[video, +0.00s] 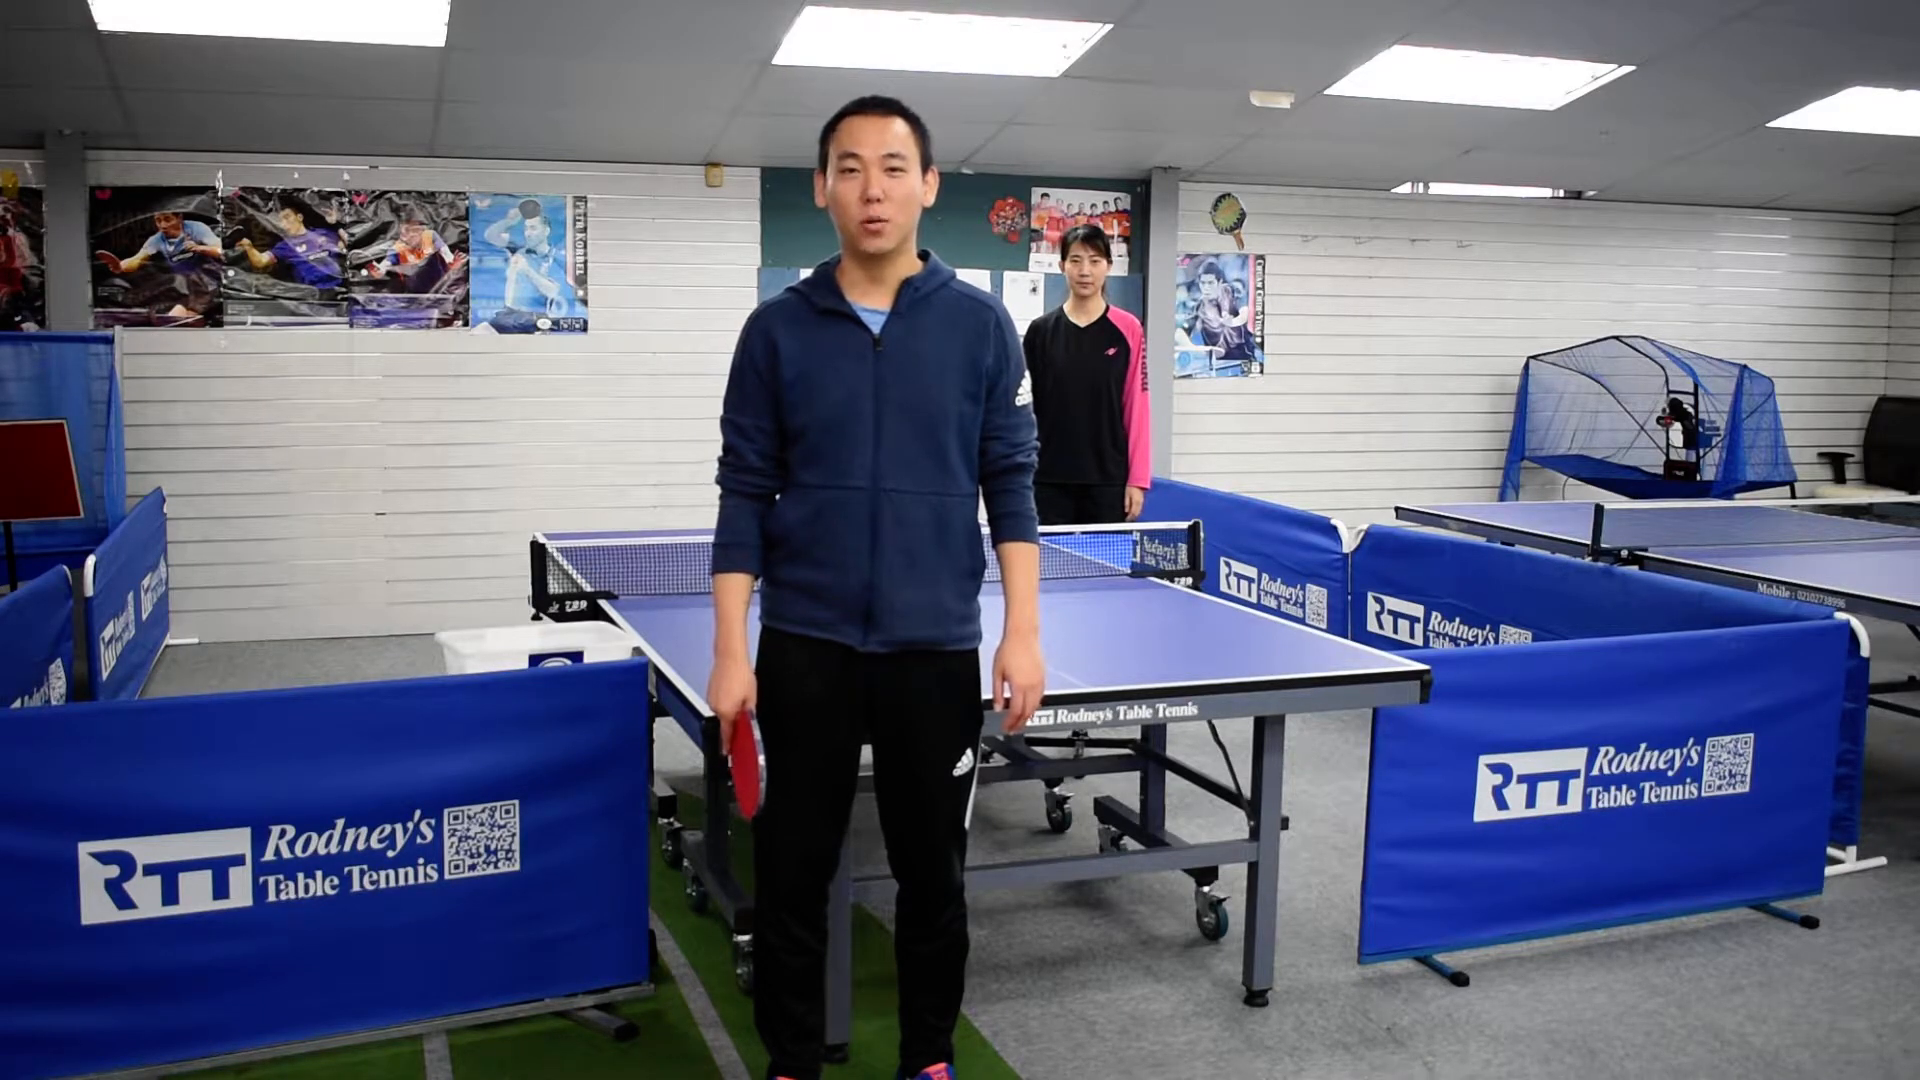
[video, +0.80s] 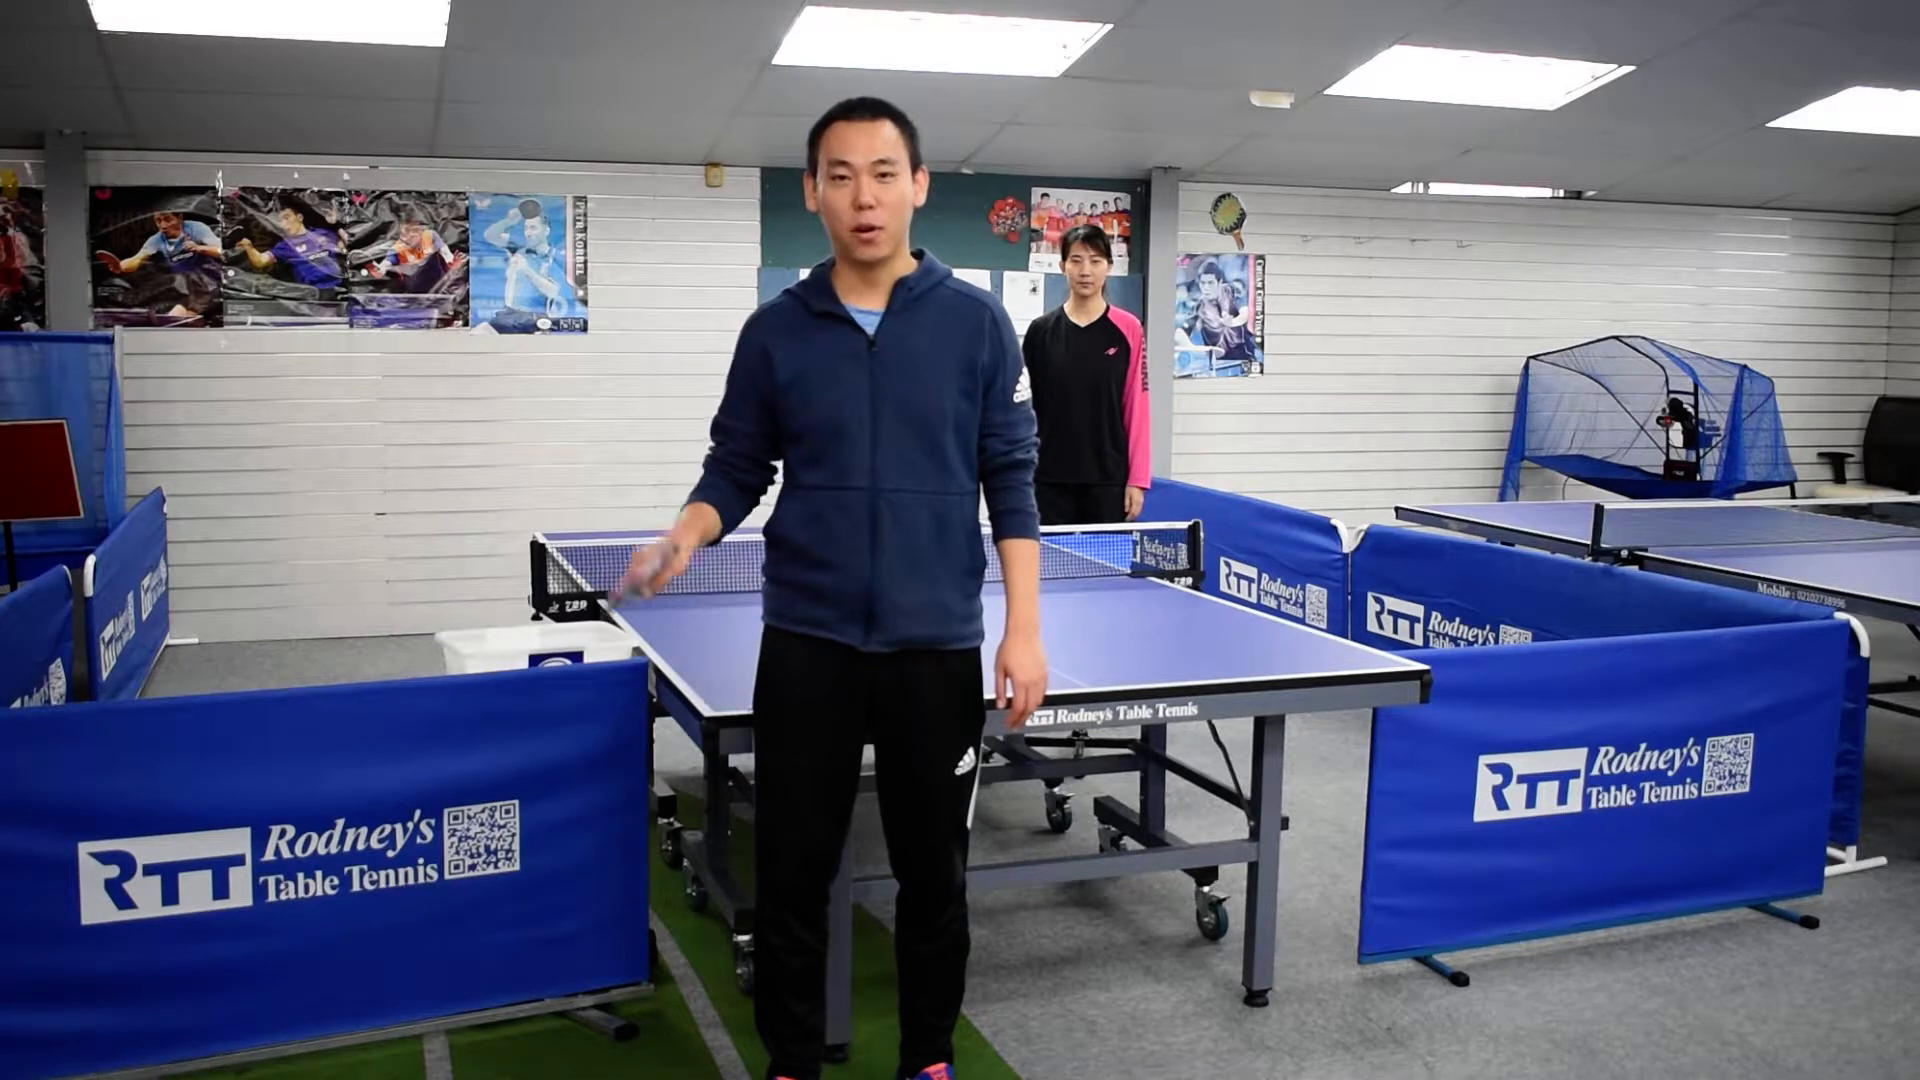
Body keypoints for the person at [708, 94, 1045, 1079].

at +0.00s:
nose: (870, 188)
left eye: (893, 168)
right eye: (849, 169)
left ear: (927, 189)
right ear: (824, 191)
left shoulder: (979, 325)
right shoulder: (777, 329)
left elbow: (1012, 482)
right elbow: (742, 490)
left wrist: (1023, 631)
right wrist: (730, 650)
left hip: (934, 644)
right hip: (806, 643)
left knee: (932, 874)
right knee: (791, 875)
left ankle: (930, 1060)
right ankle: (791, 1062)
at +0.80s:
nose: (864, 195)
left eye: (884, 173)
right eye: (842, 176)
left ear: (919, 187)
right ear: (814, 194)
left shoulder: (976, 323)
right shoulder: (777, 328)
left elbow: (1010, 478)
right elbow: (736, 467)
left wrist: (1025, 628)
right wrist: (682, 539)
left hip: (936, 640)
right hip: (808, 636)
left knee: (931, 869)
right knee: (793, 867)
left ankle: (928, 1058)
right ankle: (792, 1062)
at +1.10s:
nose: (860, 198)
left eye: (880, 176)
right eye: (839, 179)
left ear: (918, 187)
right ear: (813, 196)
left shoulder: (977, 323)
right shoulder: (778, 327)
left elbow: (1012, 479)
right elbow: (732, 472)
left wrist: (1021, 629)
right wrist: (678, 481)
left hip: (934, 639)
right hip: (807, 636)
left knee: (932, 869)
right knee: (793, 867)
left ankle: (929, 1058)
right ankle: (792, 1062)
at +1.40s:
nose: (869, 183)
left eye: (891, 164)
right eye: (848, 166)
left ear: (927, 186)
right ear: (823, 191)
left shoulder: (981, 326)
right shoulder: (781, 326)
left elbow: (1010, 482)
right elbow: (731, 462)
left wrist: (1017, 631)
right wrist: (711, 554)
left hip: (935, 641)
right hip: (807, 637)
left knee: (933, 872)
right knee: (793, 870)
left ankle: (930, 1060)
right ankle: (790, 1062)